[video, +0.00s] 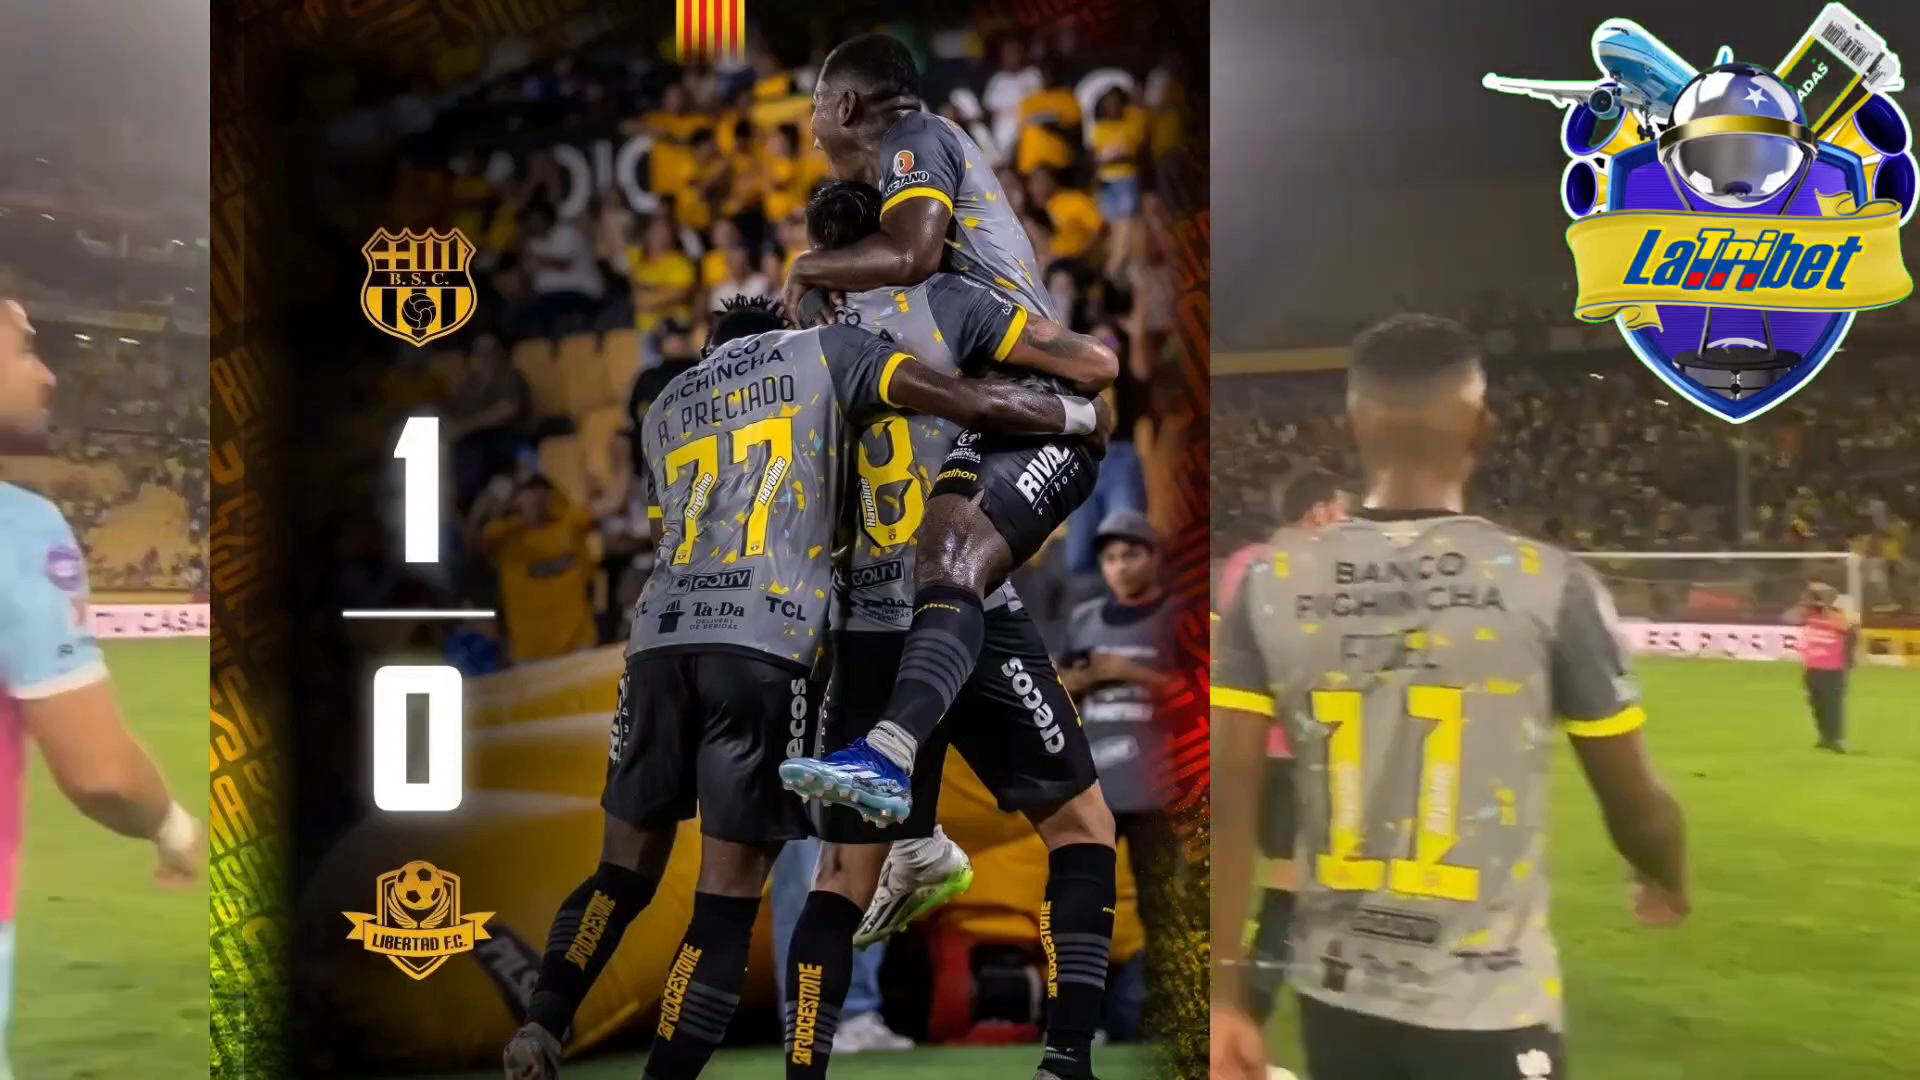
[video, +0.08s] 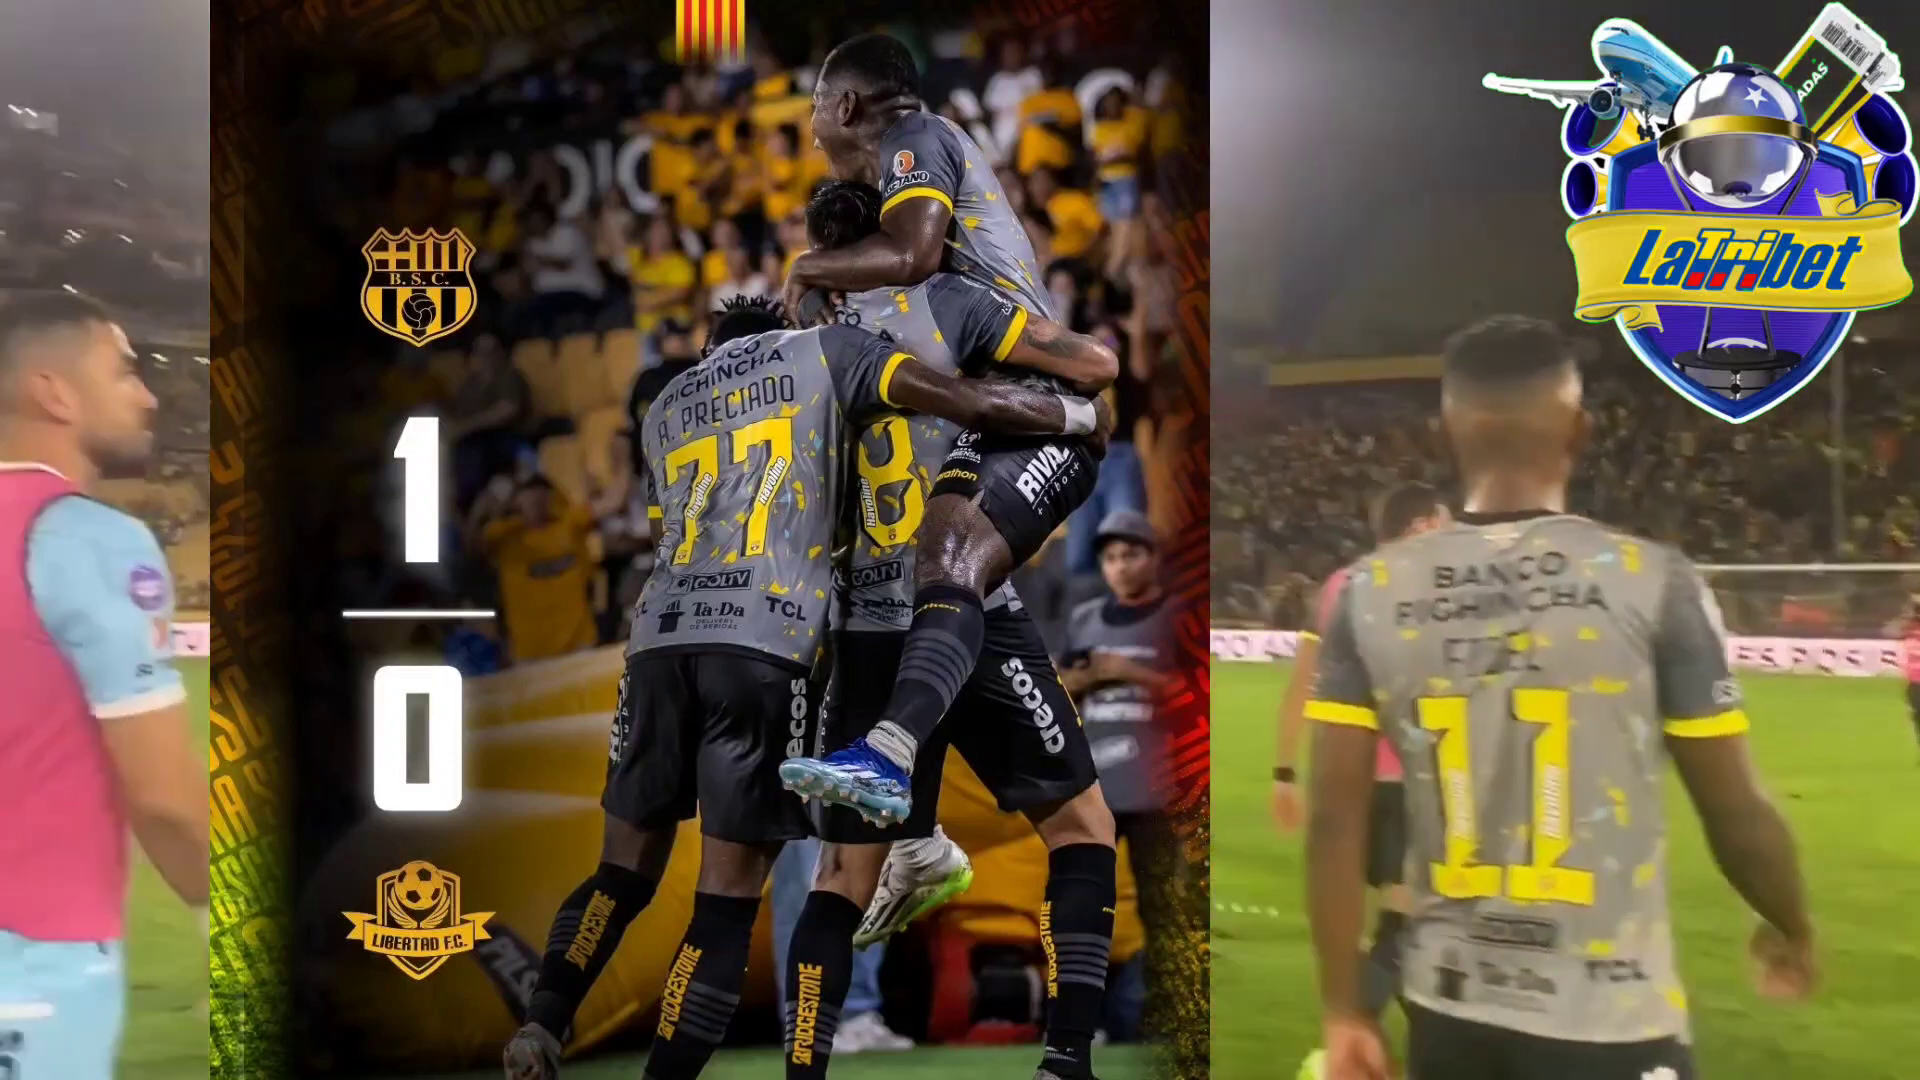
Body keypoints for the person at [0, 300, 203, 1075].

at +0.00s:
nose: (46, 373)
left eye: (33, 350)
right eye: (24, 350)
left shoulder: (23, 523)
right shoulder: (16, 524)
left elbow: (95, 771)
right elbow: (98, 771)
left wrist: (168, 824)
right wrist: (169, 824)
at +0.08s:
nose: (149, 394)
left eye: (137, 369)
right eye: (125, 368)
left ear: (54, 394)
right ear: (53, 392)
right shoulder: (83, 539)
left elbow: (165, 800)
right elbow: (166, 802)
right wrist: (240, 921)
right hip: (39, 956)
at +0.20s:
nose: (217, 413)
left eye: (210, 390)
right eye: (198, 389)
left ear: (121, 412)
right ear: (127, 411)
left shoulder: (16, 536)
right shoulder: (150, 549)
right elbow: (186, 813)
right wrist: (231, 961)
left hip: (12, 968)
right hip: (112, 980)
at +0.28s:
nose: (238, 431)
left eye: (235, 406)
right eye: (225, 406)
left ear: (160, 423)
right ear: (171, 422)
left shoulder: (58, 550)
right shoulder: (163, 552)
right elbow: (177, 824)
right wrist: (220, 993)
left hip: (29, 1010)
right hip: (123, 1018)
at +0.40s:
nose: (234, 427)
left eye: (229, 401)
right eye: (217, 400)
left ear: (141, 421)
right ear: (149, 419)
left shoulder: (64, 543)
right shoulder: (120, 558)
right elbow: (104, 820)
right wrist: (186, 1045)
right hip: (101, 1038)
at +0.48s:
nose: (177, 425)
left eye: (170, 397)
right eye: (149, 395)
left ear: (62, 414)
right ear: (56, 411)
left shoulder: (50, 560)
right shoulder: (29, 568)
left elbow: (47, 796)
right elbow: (2, 810)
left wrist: (139, 930)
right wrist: (32, 1031)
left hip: (73, 996)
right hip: (51, 1006)